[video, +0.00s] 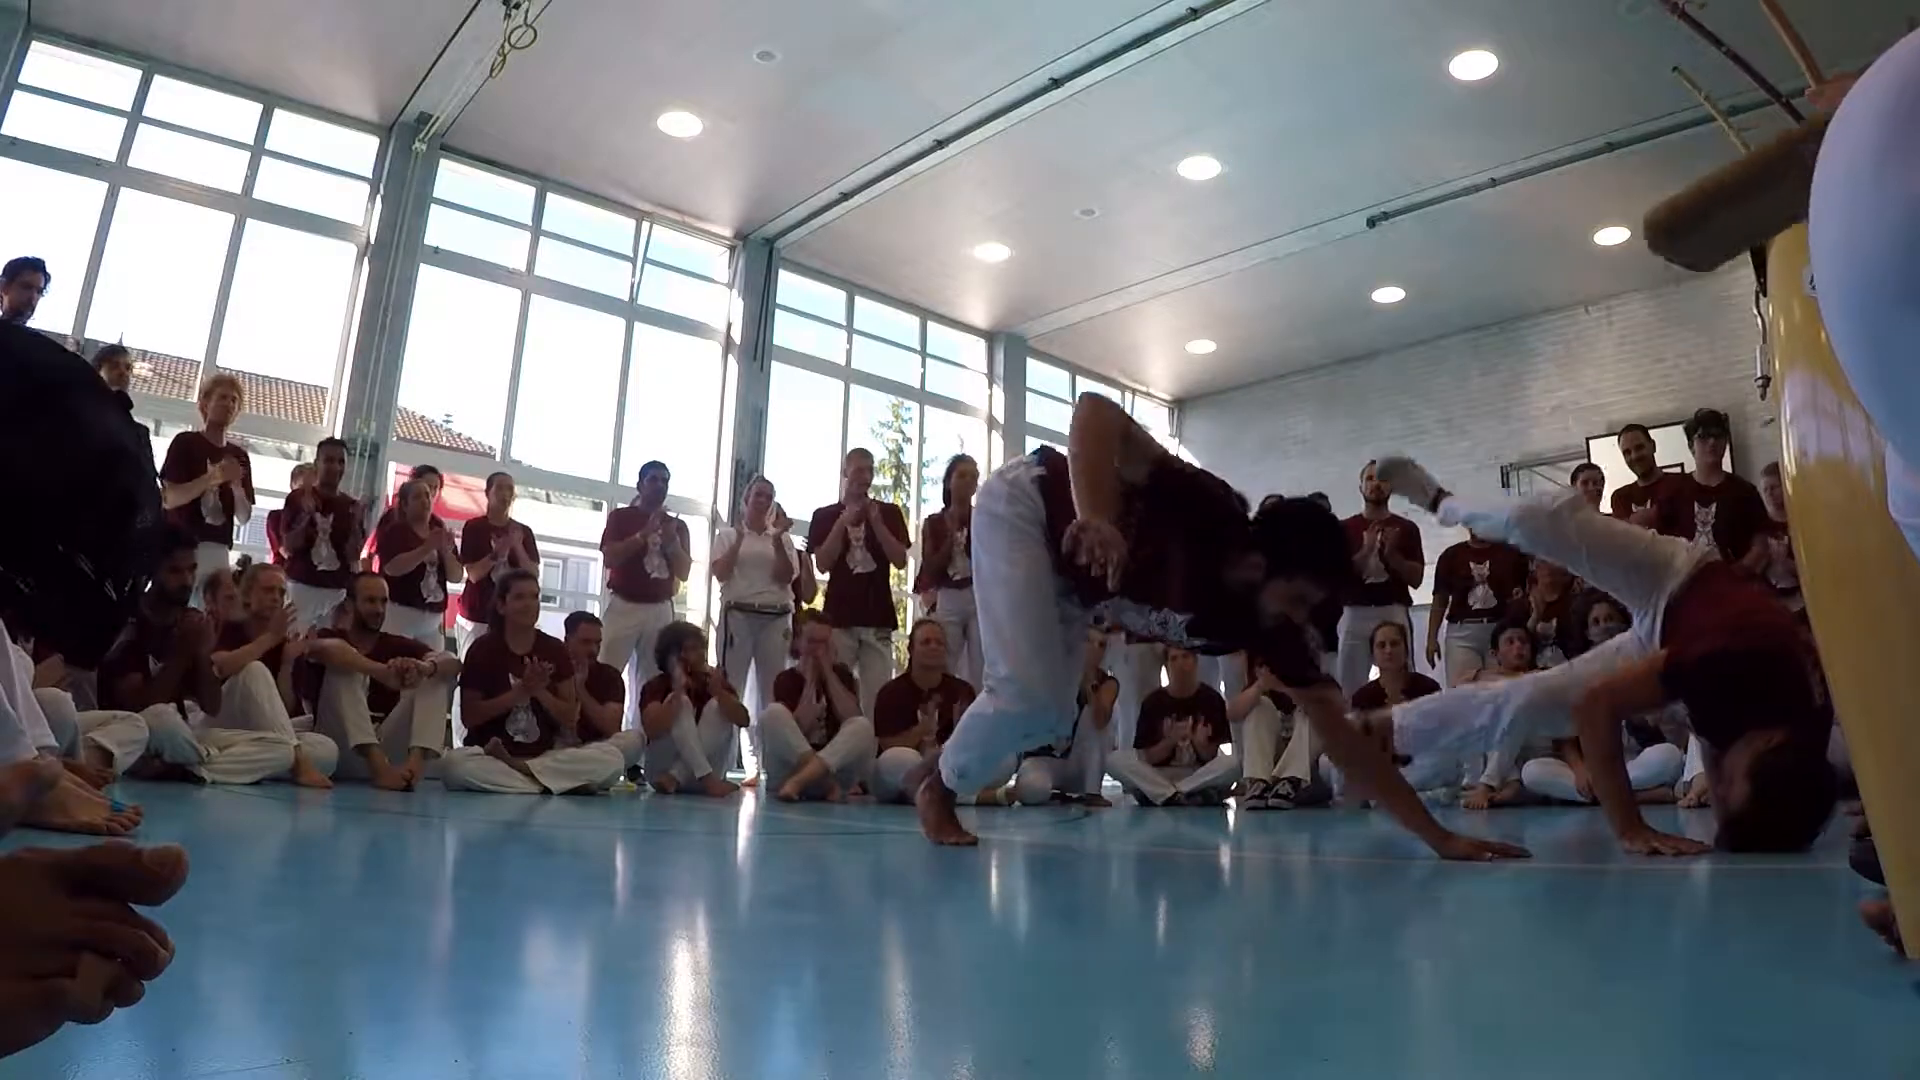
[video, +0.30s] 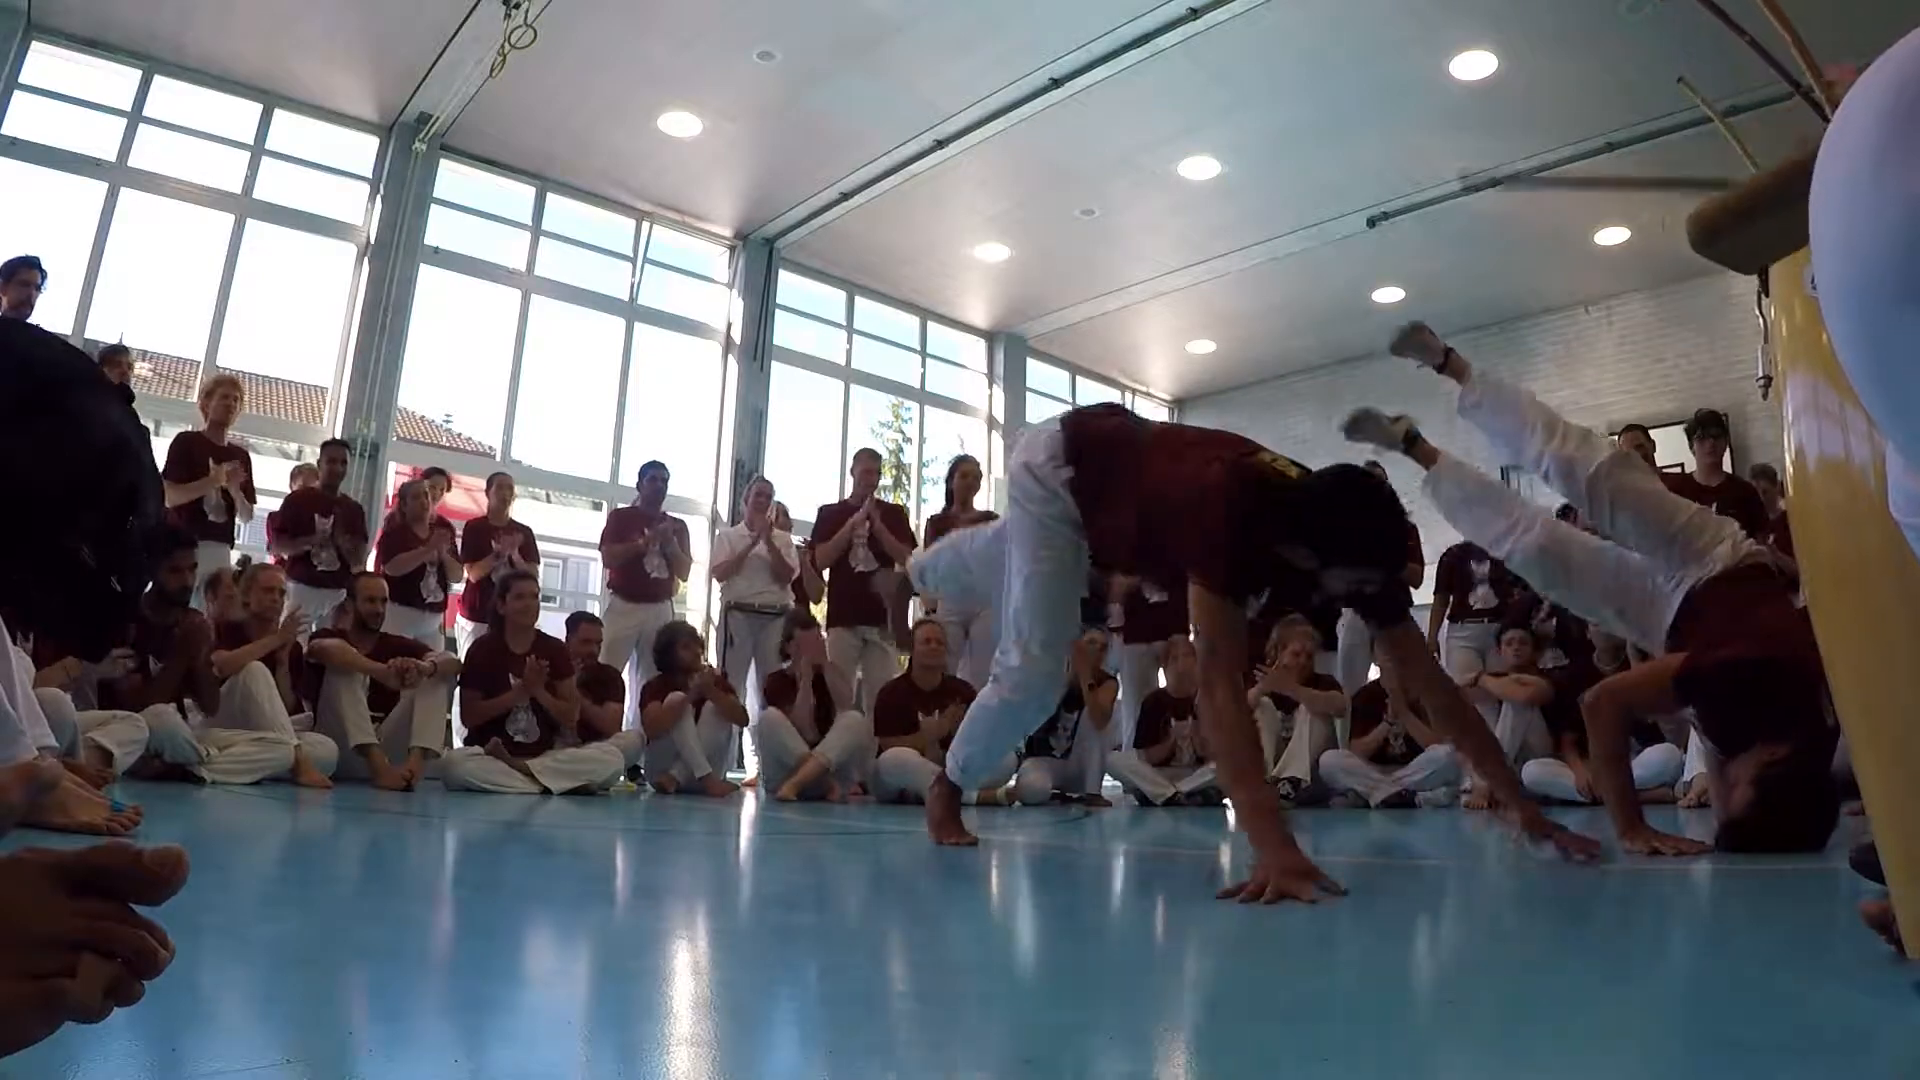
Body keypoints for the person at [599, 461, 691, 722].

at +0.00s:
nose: (659, 485)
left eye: (664, 481)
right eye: (653, 479)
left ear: (668, 487)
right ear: (640, 484)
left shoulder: (677, 525)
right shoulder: (619, 517)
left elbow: (684, 573)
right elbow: (611, 558)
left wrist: (672, 543)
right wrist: (643, 535)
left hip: (660, 609)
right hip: (622, 607)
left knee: (652, 686)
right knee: (606, 680)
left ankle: (647, 749)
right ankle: (599, 746)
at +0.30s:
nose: (658, 485)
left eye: (663, 481)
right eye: (652, 479)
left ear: (668, 487)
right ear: (639, 484)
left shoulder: (677, 525)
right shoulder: (619, 517)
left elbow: (684, 573)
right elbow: (609, 558)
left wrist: (669, 543)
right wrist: (645, 544)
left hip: (660, 609)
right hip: (622, 607)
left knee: (653, 684)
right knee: (607, 679)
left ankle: (645, 748)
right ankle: (600, 745)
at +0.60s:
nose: (658, 485)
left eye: (663, 481)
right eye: (652, 480)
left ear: (667, 487)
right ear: (639, 484)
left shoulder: (677, 525)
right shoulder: (619, 516)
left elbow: (684, 571)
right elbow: (609, 556)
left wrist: (670, 539)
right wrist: (645, 540)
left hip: (659, 610)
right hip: (622, 608)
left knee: (653, 685)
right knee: (606, 679)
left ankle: (647, 749)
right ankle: (600, 745)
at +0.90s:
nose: (658, 485)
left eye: (663, 481)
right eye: (652, 480)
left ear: (668, 487)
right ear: (639, 484)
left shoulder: (676, 525)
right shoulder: (619, 517)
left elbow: (684, 573)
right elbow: (610, 557)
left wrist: (673, 548)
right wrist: (643, 535)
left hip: (659, 610)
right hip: (622, 608)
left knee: (653, 685)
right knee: (606, 680)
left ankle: (646, 749)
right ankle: (598, 745)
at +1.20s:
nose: (658, 485)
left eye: (663, 481)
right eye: (652, 480)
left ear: (667, 487)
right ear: (639, 484)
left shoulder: (676, 525)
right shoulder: (619, 516)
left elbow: (683, 573)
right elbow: (610, 557)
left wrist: (672, 543)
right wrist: (643, 534)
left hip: (659, 609)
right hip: (622, 607)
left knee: (652, 685)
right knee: (606, 680)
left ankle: (644, 749)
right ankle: (599, 745)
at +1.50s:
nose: (658, 485)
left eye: (663, 481)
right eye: (652, 479)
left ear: (667, 487)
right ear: (639, 484)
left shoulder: (676, 525)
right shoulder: (619, 516)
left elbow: (684, 574)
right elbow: (609, 557)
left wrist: (671, 546)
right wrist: (640, 542)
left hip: (659, 609)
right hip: (622, 607)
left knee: (652, 685)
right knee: (606, 679)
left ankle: (644, 748)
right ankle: (598, 745)